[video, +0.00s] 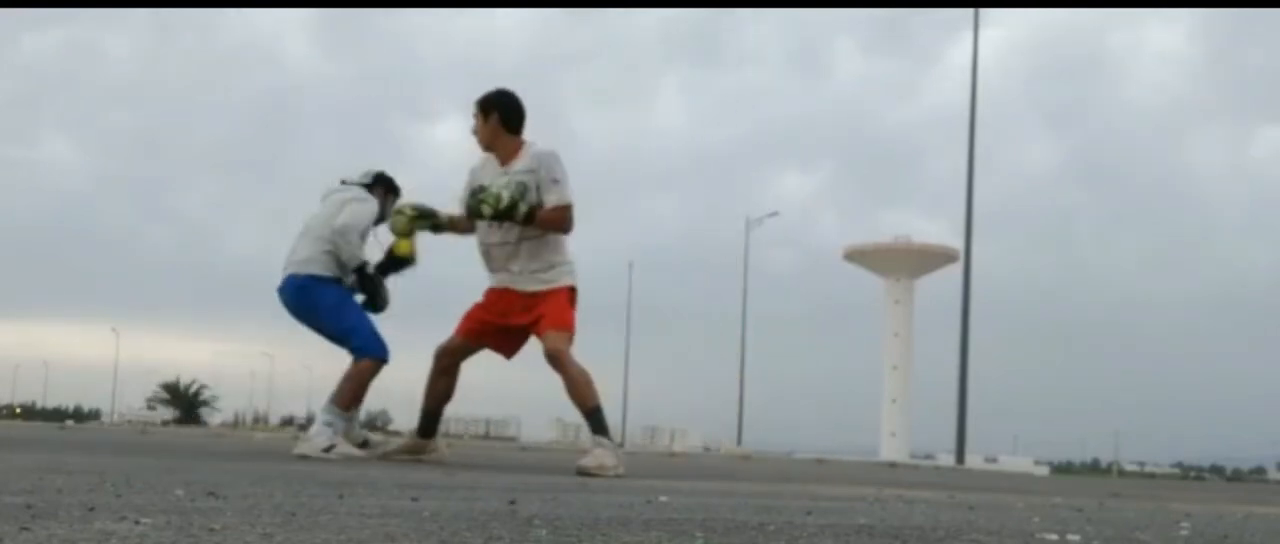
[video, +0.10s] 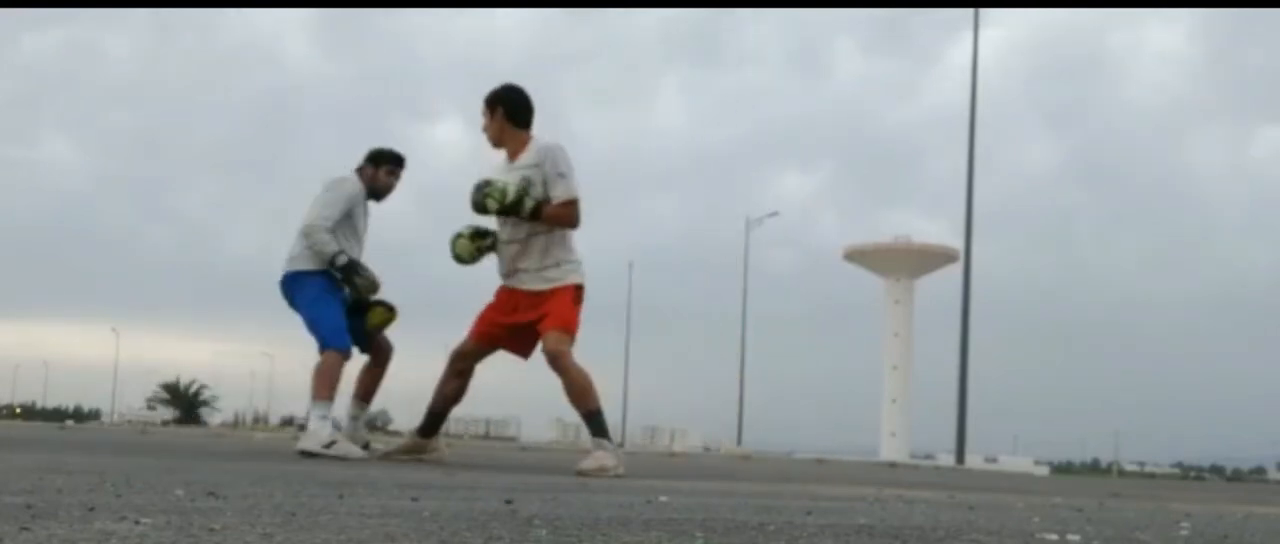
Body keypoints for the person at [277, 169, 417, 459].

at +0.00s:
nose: (389, 210)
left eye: (392, 204)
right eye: (391, 202)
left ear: (371, 188)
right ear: (382, 191)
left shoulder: (341, 202)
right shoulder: (365, 202)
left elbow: (339, 271)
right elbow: (344, 231)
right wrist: (364, 274)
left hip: (301, 283)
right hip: (314, 283)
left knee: (371, 353)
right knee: (372, 354)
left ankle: (346, 426)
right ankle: (324, 432)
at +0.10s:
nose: (393, 185)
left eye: (396, 178)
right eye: (390, 176)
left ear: (379, 175)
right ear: (371, 170)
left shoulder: (360, 204)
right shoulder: (348, 187)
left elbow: (346, 256)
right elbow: (314, 228)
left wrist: (364, 296)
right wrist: (343, 263)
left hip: (330, 281)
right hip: (308, 276)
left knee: (381, 351)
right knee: (336, 346)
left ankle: (353, 430)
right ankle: (318, 430)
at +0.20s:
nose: (368, 152)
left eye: (373, 146)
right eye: (362, 144)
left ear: (376, 152)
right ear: (346, 145)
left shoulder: (363, 203)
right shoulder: (315, 176)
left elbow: (363, 256)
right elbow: (280, 217)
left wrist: (354, 289)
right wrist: (313, 236)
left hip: (334, 277)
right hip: (300, 266)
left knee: (377, 347)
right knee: (321, 331)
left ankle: (352, 428)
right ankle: (272, 422)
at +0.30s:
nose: (350, 146)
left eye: (355, 140)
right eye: (344, 138)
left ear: (359, 146)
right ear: (329, 140)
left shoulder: (354, 194)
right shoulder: (299, 173)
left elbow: (360, 242)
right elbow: (271, 216)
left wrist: (346, 280)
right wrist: (315, 224)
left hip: (329, 275)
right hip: (294, 267)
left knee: (366, 346)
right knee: (296, 347)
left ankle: (349, 426)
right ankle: (244, 410)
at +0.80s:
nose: (358, 175)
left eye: (362, 169)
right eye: (352, 168)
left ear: (366, 172)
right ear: (338, 168)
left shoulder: (365, 206)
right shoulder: (314, 197)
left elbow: (366, 255)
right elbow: (295, 243)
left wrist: (352, 284)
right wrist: (334, 241)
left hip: (337, 297)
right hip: (298, 294)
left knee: (382, 344)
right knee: (268, 364)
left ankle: (387, 424)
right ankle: (234, 427)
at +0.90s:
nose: (380, 193)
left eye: (386, 186)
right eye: (375, 184)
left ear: (393, 189)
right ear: (366, 184)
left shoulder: (392, 223)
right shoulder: (341, 214)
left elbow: (396, 265)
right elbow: (315, 257)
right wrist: (350, 262)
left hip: (353, 307)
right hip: (312, 302)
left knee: (386, 361)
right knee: (275, 368)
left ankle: (407, 432)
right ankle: (234, 427)